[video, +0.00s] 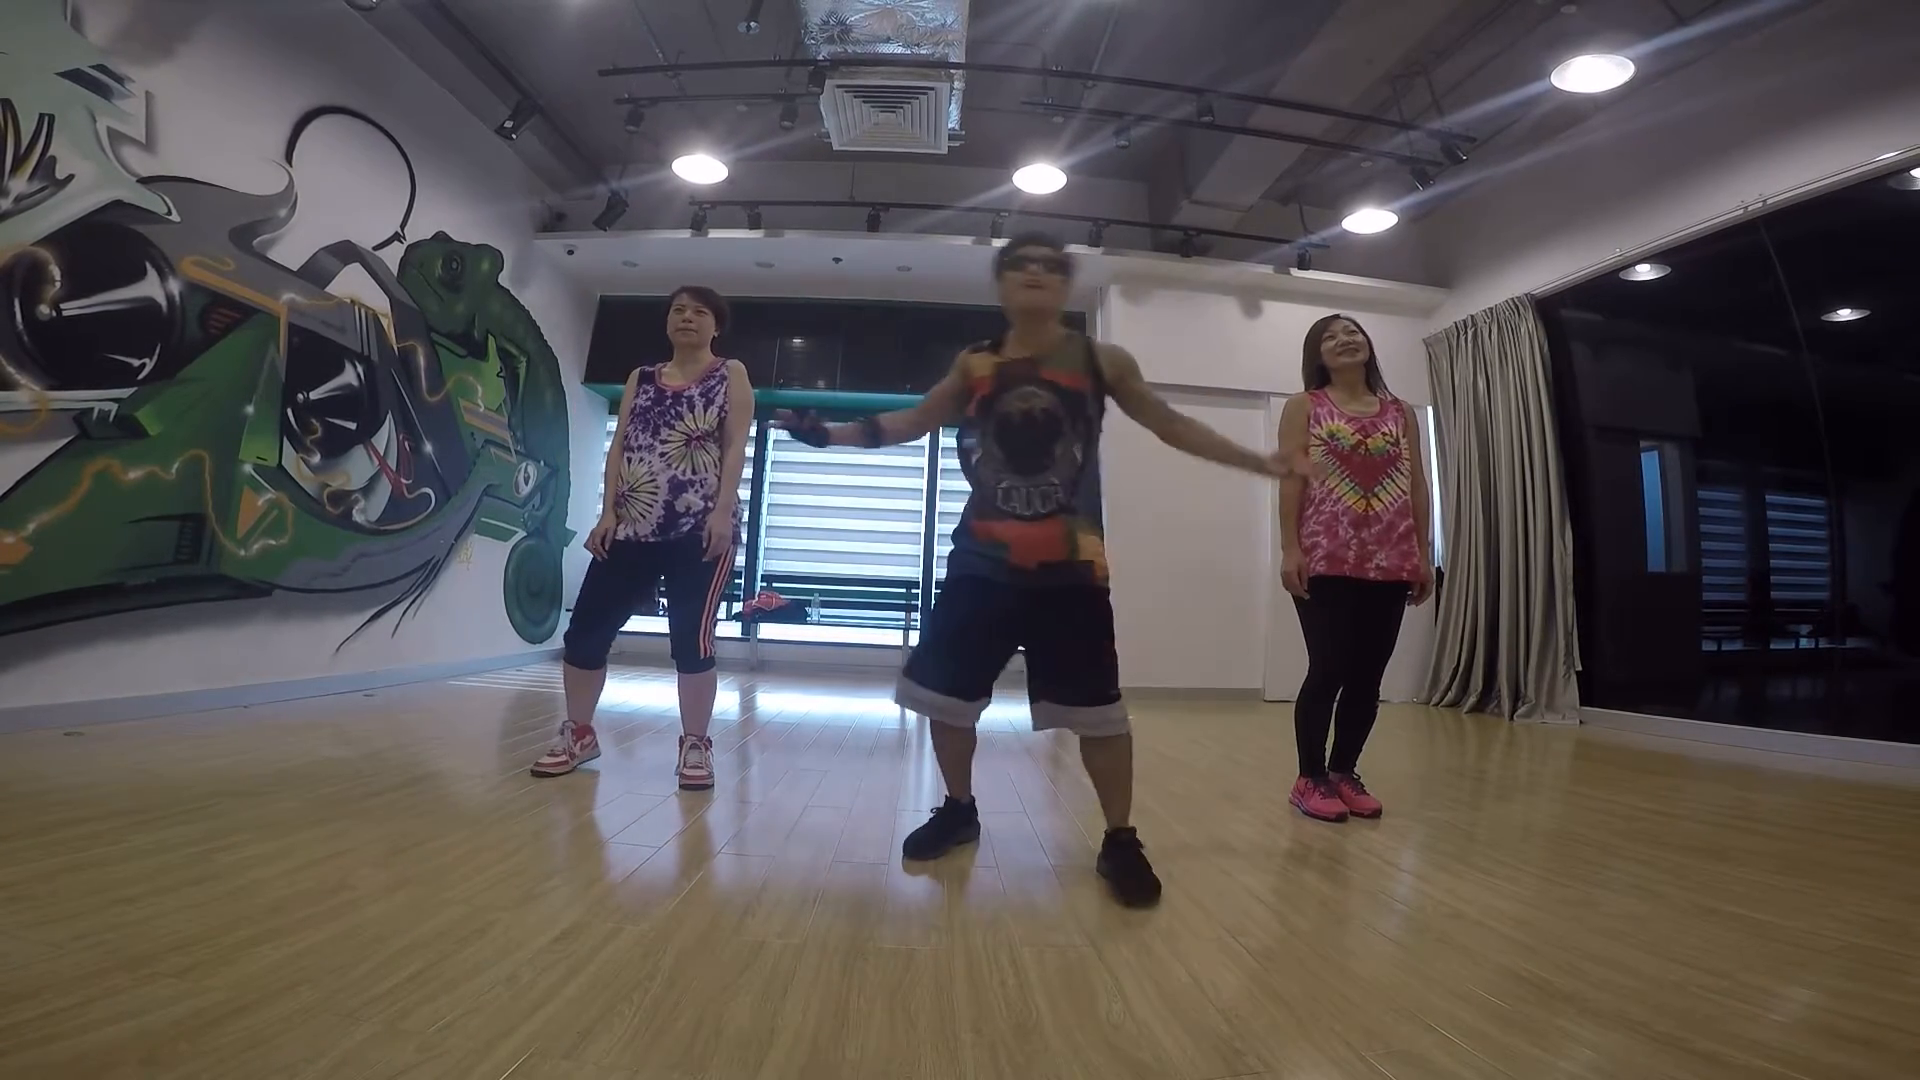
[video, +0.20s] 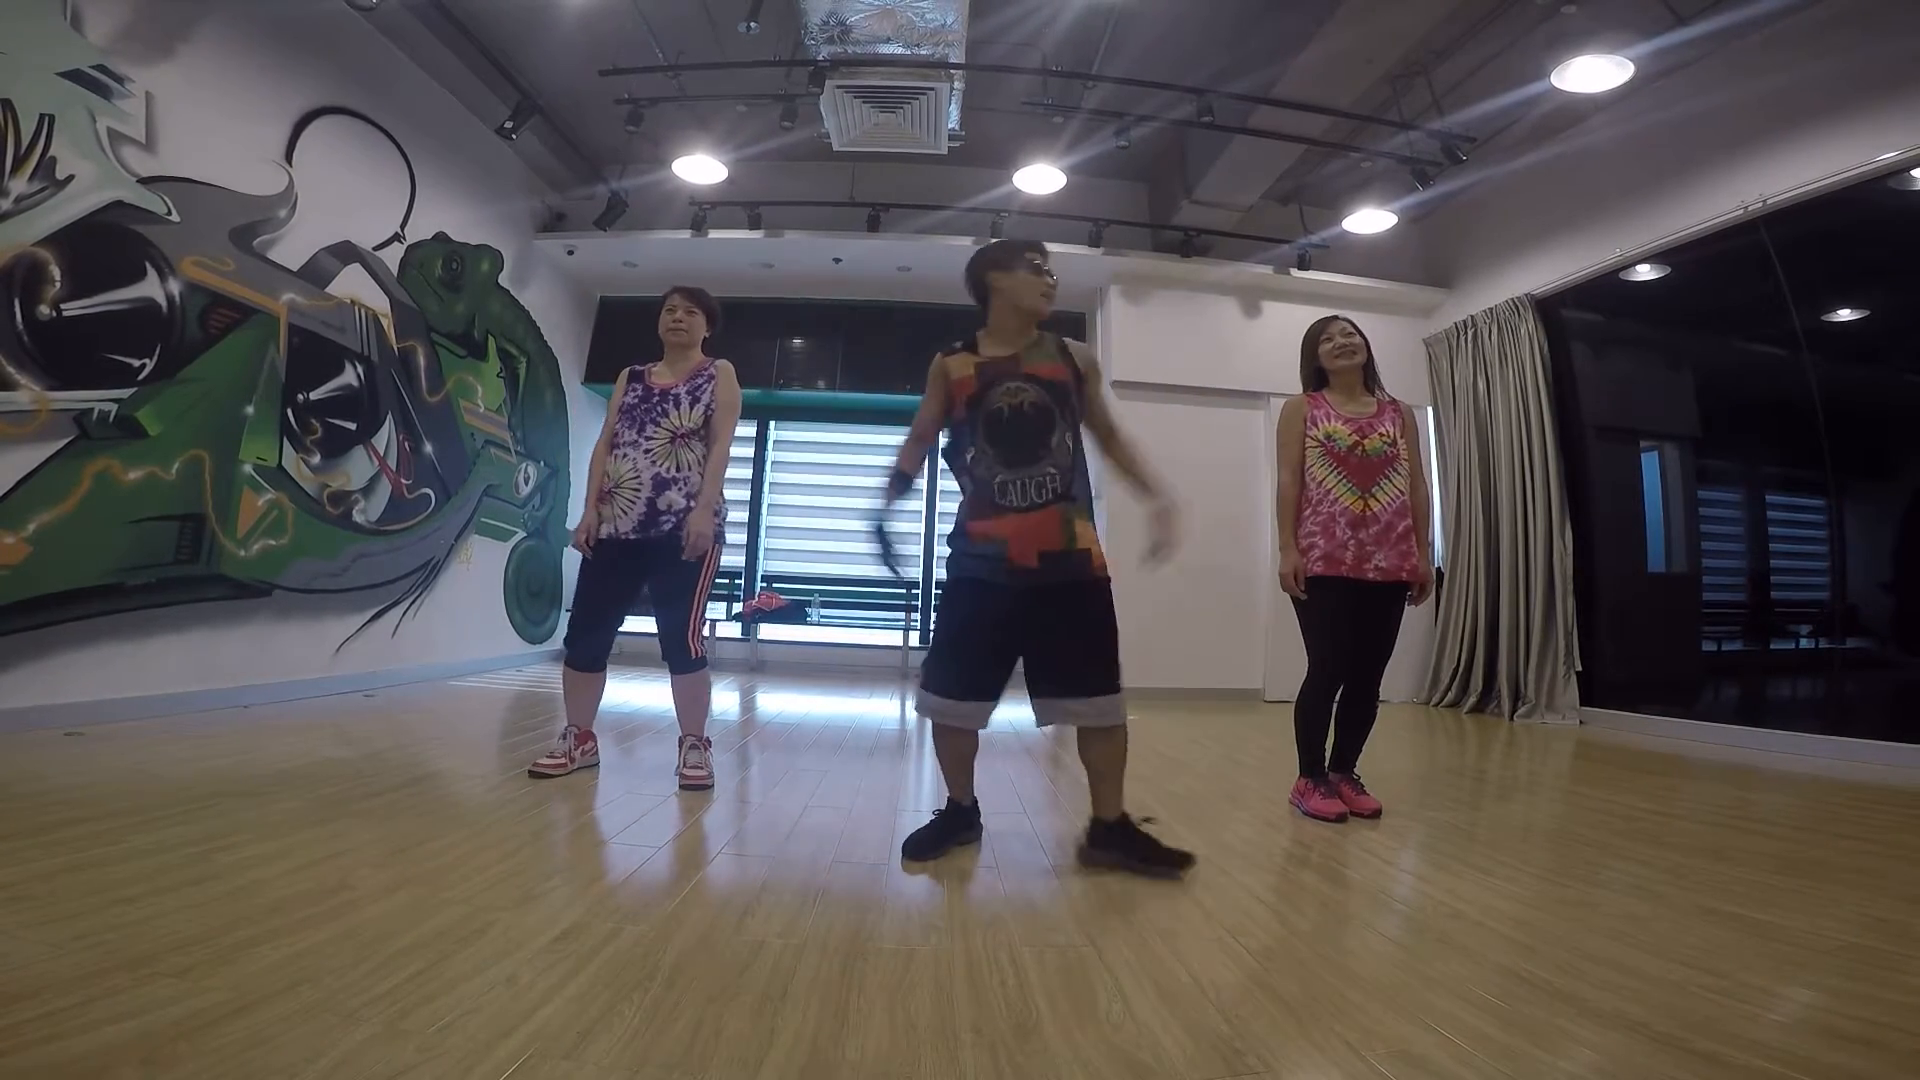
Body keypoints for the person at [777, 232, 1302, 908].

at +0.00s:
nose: (1035, 277)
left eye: (1049, 269)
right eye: (1021, 268)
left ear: (1068, 286)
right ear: (999, 286)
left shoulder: (1101, 361)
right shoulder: (975, 365)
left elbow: (1172, 425)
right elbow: (907, 424)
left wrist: (1262, 462)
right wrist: (830, 433)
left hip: (1070, 568)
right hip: (984, 564)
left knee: (1099, 710)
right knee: (945, 693)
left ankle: (1121, 842)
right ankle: (958, 808)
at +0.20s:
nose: (1050, 278)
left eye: (1050, 270)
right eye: (1034, 267)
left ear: (1043, 289)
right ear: (992, 282)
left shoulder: (1075, 360)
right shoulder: (955, 365)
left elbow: (1109, 436)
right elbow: (919, 442)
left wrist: (1157, 497)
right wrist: (887, 500)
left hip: (1072, 559)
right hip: (984, 561)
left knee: (1100, 695)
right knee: (950, 695)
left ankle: (1110, 826)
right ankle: (960, 811)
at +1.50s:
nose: (944, 328)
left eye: (952, 317)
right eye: (947, 317)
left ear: (977, 320)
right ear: (978, 324)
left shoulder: (1033, 361)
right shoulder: (970, 405)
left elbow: (1089, 405)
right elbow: (899, 440)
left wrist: (1143, 433)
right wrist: (829, 400)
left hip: (1036, 567)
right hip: (961, 567)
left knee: (1067, 700)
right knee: (917, 685)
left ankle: (1099, 811)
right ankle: (940, 805)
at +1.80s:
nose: (941, 322)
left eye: (955, 312)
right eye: (941, 315)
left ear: (991, 325)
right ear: (951, 335)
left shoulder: (1028, 367)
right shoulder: (959, 413)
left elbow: (1095, 413)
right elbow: (955, 484)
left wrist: (1153, 464)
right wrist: (896, 493)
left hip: (1026, 567)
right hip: (953, 569)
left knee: (1062, 700)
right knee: (902, 688)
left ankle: (1098, 810)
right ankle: (939, 805)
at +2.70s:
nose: (1020, 279)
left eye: (1034, 271)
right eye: (1006, 268)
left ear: (1051, 292)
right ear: (982, 287)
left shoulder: (1074, 374)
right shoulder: (944, 372)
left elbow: (1087, 465)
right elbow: (900, 449)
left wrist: (1078, 538)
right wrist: (901, 475)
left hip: (1043, 563)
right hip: (964, 564)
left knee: (1045, 703)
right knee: (956, 707)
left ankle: (1015, 829)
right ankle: (958, 809)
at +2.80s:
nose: (1049, 305)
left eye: (1063, 298)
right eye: (1033, 294)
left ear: (1078, 322)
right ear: (1007, 312)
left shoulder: (1086, 412)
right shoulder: (955, 391)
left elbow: (1080, 502)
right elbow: (896, 471)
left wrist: (1061, 572)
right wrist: (930, 520)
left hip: (1043, 587)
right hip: (964, 585)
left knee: (1048, 722)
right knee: (963, 728)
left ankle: (1016, 832)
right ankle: (958, 812)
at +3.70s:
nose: (963, 269)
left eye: (979, 261)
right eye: (946, 260)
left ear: (1000, 285)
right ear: (922, 288)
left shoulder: (1051, 345)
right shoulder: (923, 402)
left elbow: (1115, 453)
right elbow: (923, 515)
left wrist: (1162, 552)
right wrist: (918, 561)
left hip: (1069, 583)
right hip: (971, 586)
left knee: (1070, 741)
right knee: (947, 739)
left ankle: (1019, 826)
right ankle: (973, 865)